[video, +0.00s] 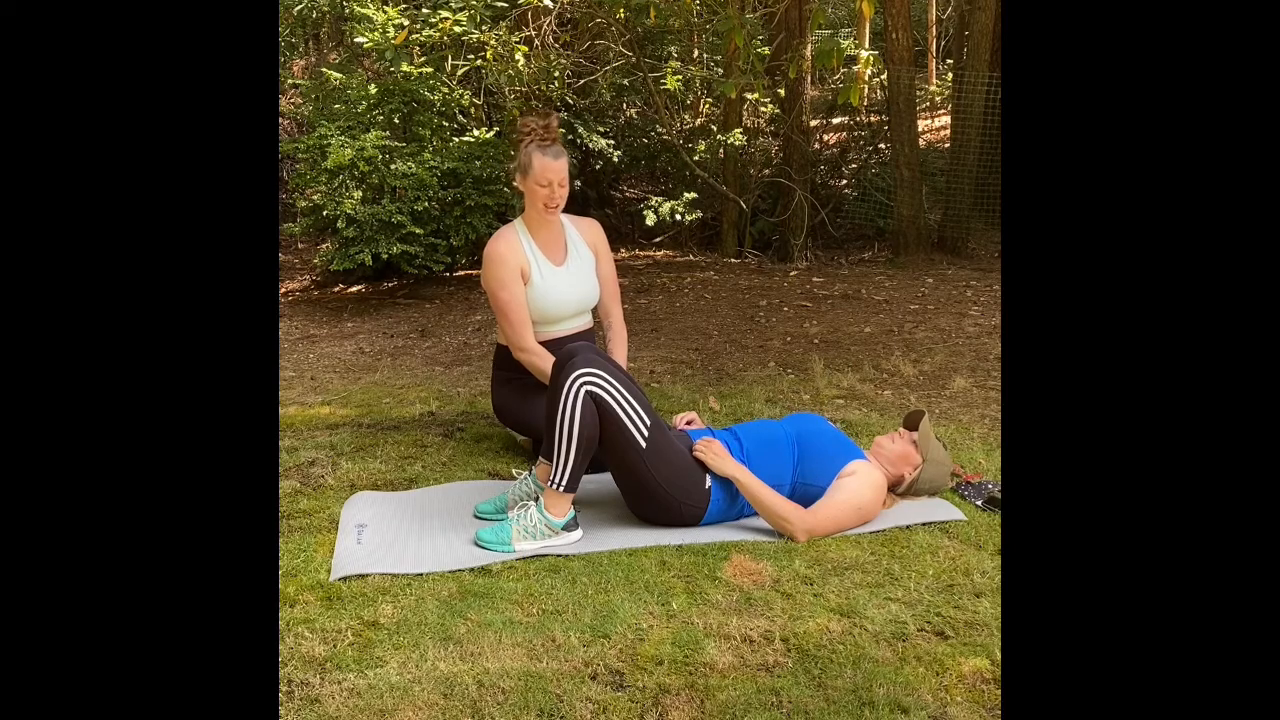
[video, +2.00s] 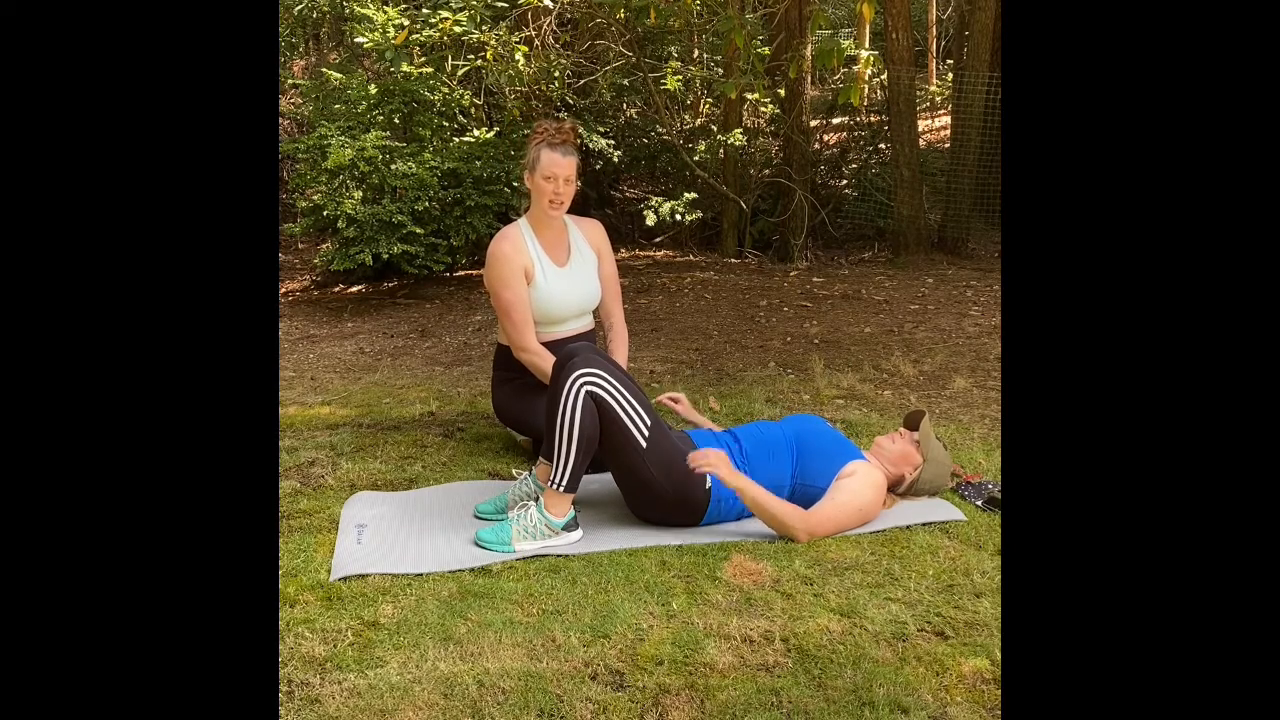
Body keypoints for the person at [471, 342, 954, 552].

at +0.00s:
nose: (898, 433)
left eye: (908, 439)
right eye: (907, 431)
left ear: (907, 471)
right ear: (896, 446)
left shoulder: (867, 483)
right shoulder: (843, 452)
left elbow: (805, 526)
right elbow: (761, 468)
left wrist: (731, 469)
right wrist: (705, 430)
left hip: (692, 489)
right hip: (681, 464)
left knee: (589, 371)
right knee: (579, 355)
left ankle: (554, 511)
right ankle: (543, 485)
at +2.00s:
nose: (896, 433)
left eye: (907, 440)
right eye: (905, 430)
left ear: (907, 472)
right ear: (894, 445)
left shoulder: (867, 483)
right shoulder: (843, 454)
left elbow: (806, 527)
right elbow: (751, 454)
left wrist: (731, 477)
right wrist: (697, 419)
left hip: (691, 490)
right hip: (680, 465)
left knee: (589, 372)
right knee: (581, 358)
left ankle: (554, 510)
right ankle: (542, 484)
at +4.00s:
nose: (898, 431)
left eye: (909, 437)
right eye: (907, 428)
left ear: (908, 468)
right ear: (899, 445)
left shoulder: (863, 477)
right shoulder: (848, 454)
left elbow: (790, 515)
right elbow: (772, 486)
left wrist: (705, 514)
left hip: (695, 476)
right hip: (683, 445)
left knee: (583, 372)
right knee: (573, 359)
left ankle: (555, 510)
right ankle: (544, 484)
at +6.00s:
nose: (899, 432)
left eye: (910, 440)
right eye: (908, 430)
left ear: (908, 471)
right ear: (898, 445)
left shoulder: (863, 478)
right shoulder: (846, 454)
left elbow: (794, 521)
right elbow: (776, 497)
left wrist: (707, 516)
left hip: (695, 483)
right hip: (681, 455)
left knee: (589, 374)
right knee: (590, 364)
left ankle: (554, 511)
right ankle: (542, 484)